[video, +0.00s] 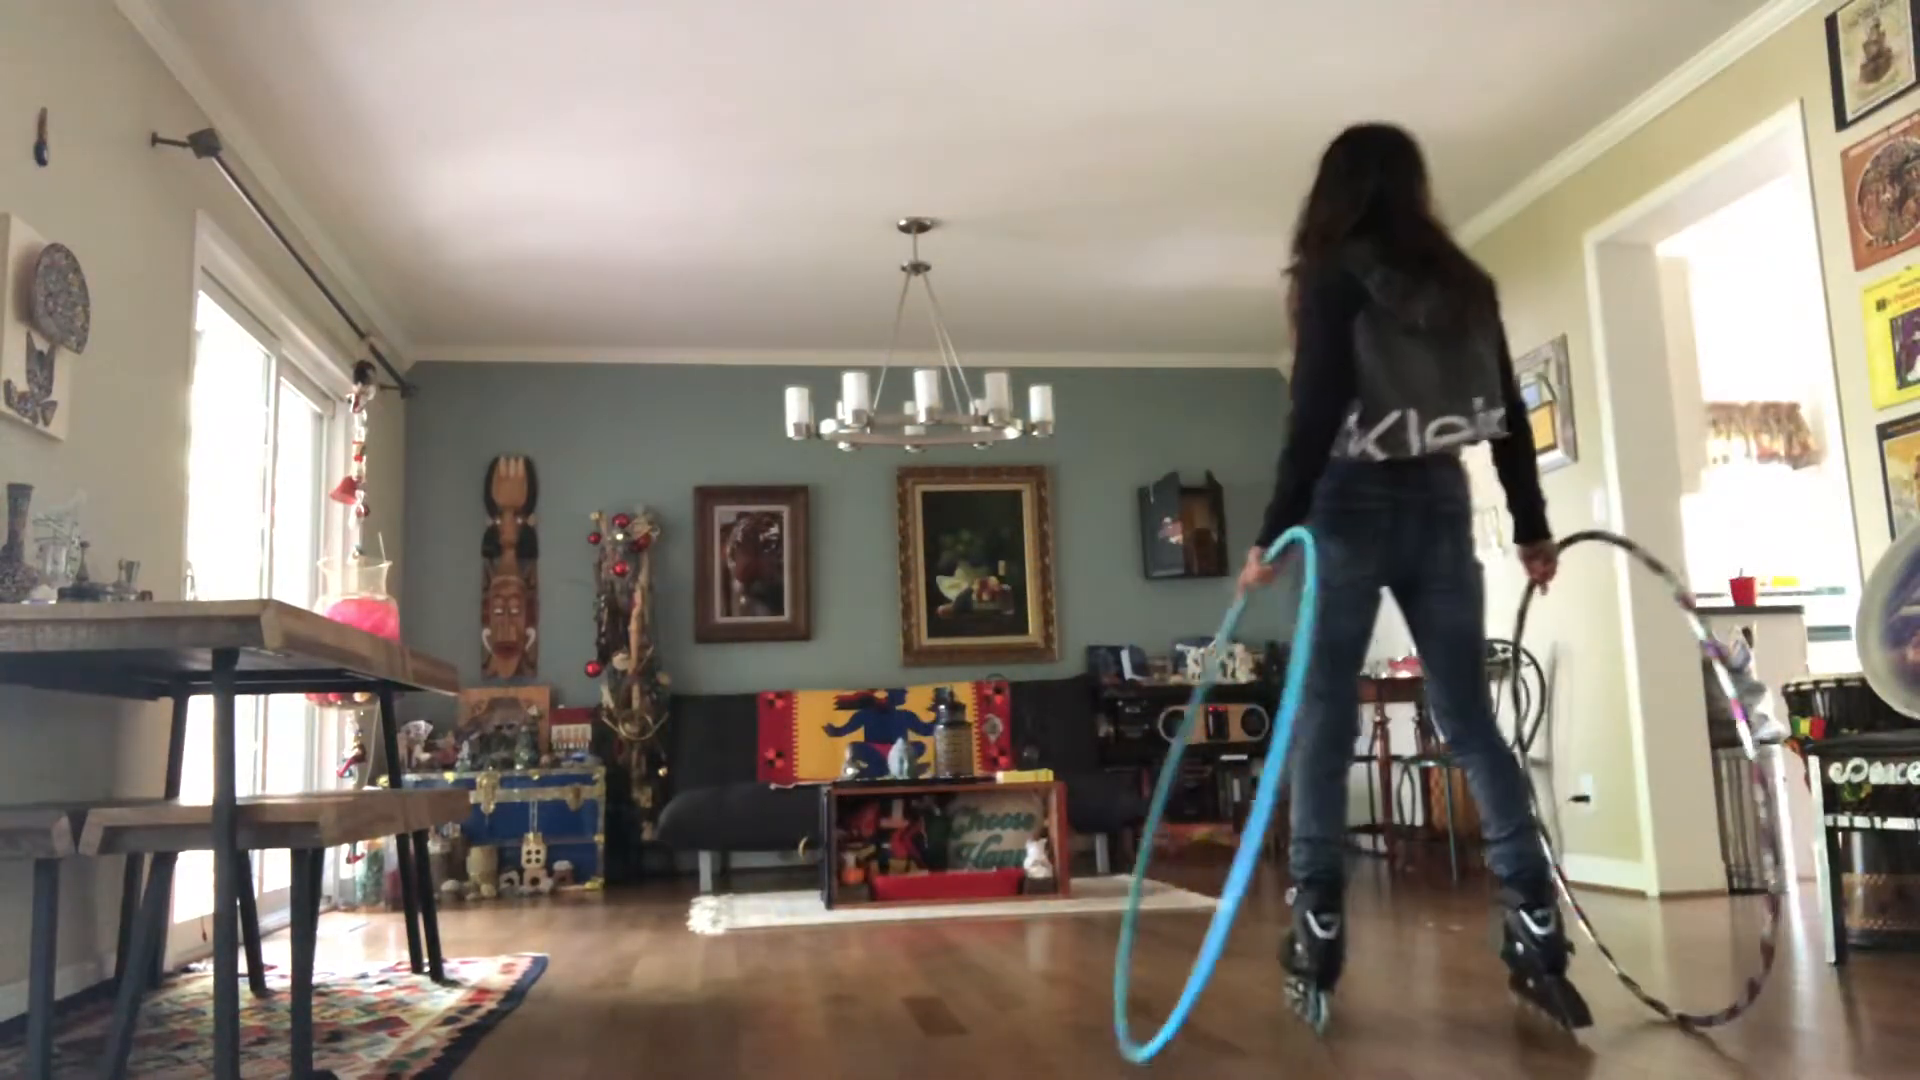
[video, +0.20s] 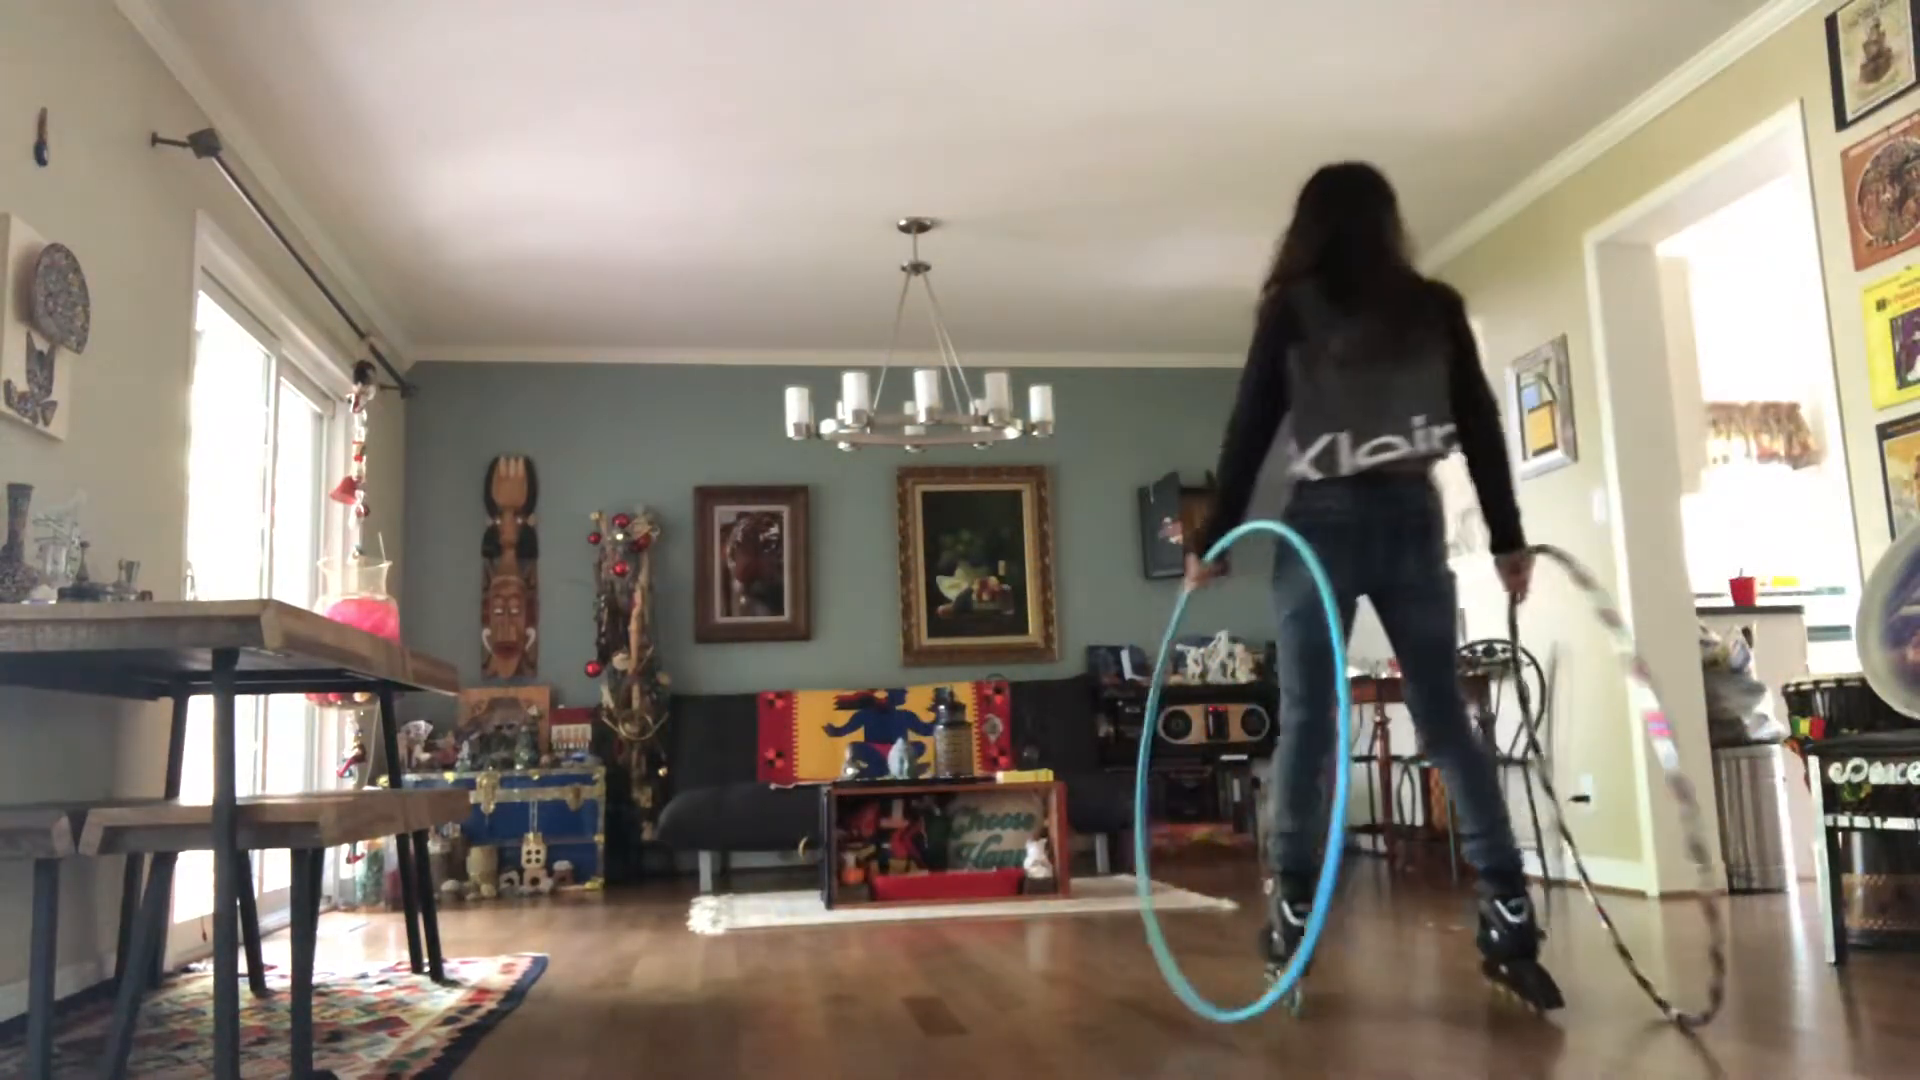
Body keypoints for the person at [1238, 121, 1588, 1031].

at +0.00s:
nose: (1316, 202)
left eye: (1324, 184)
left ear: (1335, 190)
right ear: (1418, 189)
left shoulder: (1329, 274)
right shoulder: (1464, 278)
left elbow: (1318, 403)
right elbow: (1505, 410)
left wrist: (1274, 530)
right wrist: (1531, 525)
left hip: (1351, 502)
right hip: (1443, 500)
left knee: (1326, 712)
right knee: (1469, 718)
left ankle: (1319, 921)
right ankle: (1537, 919)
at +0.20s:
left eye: (1309, 216)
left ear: (1308, 226)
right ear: (1393, 223)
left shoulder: (1291, 305)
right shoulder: (1437, 304)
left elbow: (1256, 419)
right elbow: (1479, 425)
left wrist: (1213, 532)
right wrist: (1509, 536)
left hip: (1315, 516)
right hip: (1412, 514)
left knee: (1307, 714)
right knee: (1446, 717)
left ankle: (1294, 903)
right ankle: (1507, 902)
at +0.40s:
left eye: (1290, 248)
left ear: (1288, 260)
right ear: (1370, 254)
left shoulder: (1268, 334)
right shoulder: (1405, 327)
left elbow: (1228, 442)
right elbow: (1448, 444)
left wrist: (1198, 545)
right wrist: (1489, 549)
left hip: (1292, 524)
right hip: (1387, 522)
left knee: (1285, 718)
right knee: (1417, 718)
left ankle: (1271, 901)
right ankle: (1479, 898)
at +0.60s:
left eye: (1280, 276)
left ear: (1281, 286)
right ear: (1359, 278)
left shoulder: (1267, 357)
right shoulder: (1398, 347)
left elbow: (1238, 468)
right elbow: (1449, 444)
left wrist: (1206, 565)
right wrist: (1486, 541)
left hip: (1297, 530)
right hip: (1383, 528)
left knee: (1284, 723)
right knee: (1404, 718)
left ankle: (1270, 903)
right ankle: (1451, 887)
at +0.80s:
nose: (1256, 316)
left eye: (1260, 303)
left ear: (1269, 307)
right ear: (1337, 302)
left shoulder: (1267, 373)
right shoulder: (1380, 370)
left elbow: (1249, 473)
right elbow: (1432, 462)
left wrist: (1223, 572)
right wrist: (1430, 545)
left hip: (1296, 548)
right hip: (1371, 546)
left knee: (1268, 717)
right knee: (1383, 724)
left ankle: (1297, 878)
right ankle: (1425, 885)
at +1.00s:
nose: (1231, 334)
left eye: (1236, 321)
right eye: (1234, 321)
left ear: (1250, 322)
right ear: (1299, 319)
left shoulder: (1266, 378)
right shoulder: (1326, 379)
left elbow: (1274, 478)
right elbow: (1357, 491)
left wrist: (1238, 572)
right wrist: (1328, 551)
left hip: (1290, 561)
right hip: (1332, 561)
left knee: (1237, 729)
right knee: (1336, 735)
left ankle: (1268, 887)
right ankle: (1384, 887)